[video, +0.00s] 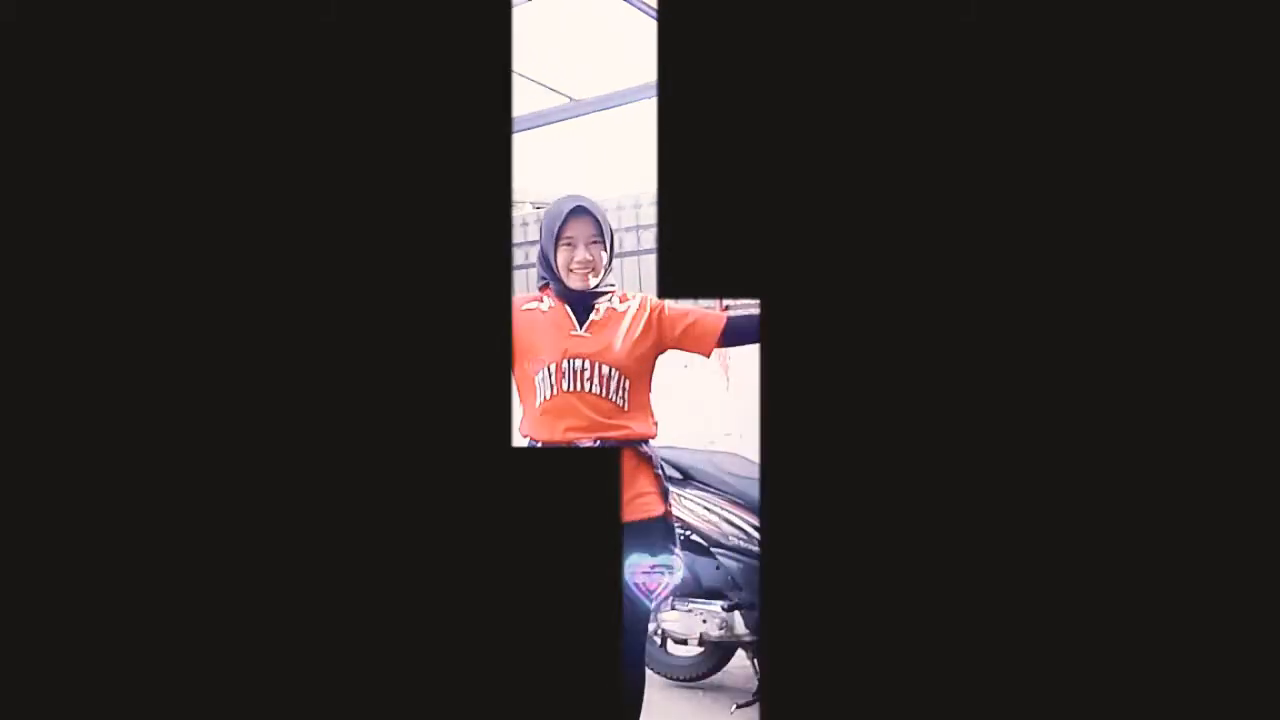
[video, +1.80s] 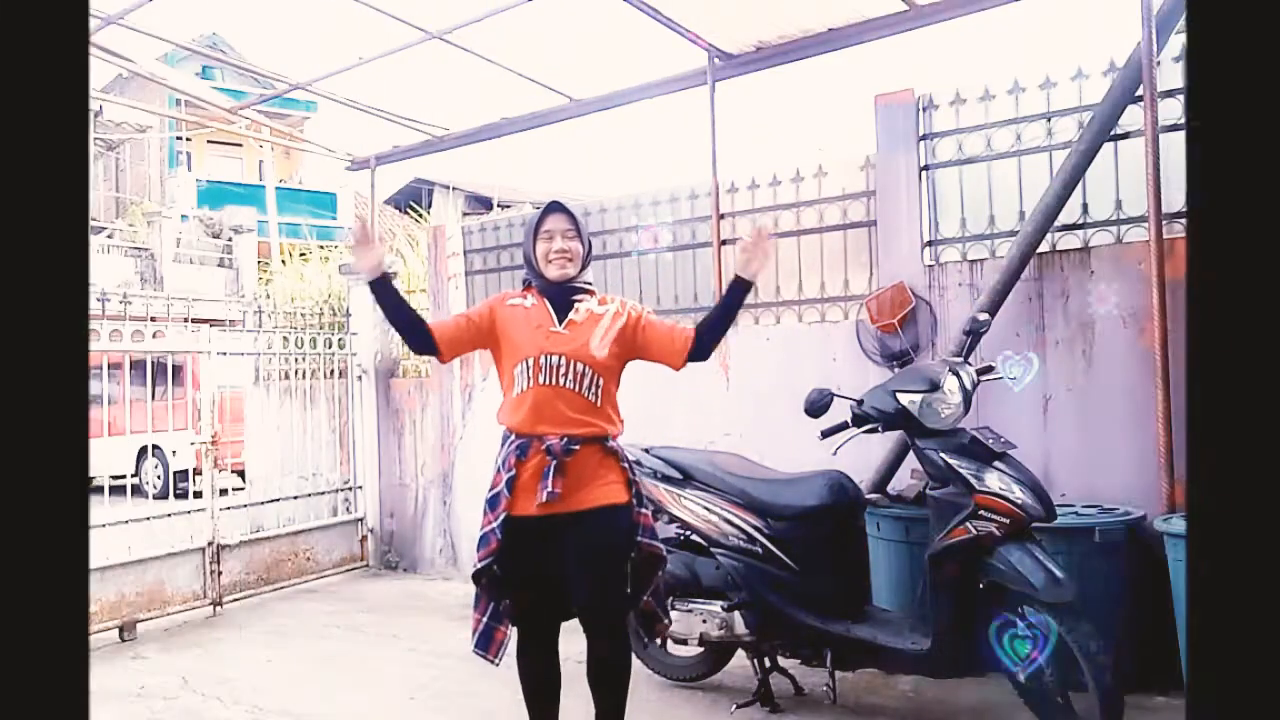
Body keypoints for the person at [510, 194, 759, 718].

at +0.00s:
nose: (583, 255)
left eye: (595, 243)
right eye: (569, 243)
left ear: (608, 251)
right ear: (549, 250)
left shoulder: (643, 312)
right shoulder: (520, 313)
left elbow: (725, 326)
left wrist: (771, 314)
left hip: (631, 488)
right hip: (551, 482)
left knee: (631, 628)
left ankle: (627, 708)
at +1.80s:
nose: (560, 244)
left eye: (570, 236)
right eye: (548, 236)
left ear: (584, 250)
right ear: (532, 251)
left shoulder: (616, 314)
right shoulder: (503, 310)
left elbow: (695, 344)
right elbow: (426, 340)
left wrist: (742, 281)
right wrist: (376, 276)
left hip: (599, 490)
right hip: (525, 494)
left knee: (607, 628)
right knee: (535, 634)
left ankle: (610, 716)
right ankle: (543, 717)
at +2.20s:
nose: (555, 240)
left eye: (565, 231)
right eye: (543, 232)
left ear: (579, 241)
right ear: (527, 245)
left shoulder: (617, 308)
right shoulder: (504, 308)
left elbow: (701, 326)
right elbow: (440, 366)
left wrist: (746, 265)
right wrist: (418, 298)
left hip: (601, 495)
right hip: (518, 492)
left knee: (606, 637)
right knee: (475, 630)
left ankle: (610, 718)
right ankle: (461, 719)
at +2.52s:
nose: (535, 233)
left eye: (545, 223)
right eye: (523, 224)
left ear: (561, 234)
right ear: (507, 236)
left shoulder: (590, 295)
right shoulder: (477, 296)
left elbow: (669, 324)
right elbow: (412, 348)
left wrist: (731, 291)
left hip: (574, 465)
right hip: (491, 470)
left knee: (616, 607)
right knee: (453, 614)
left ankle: (639, 714)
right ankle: (426, 716)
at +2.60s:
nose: (530, 234)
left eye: (541, 225)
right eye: (518, 225)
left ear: (557, 237)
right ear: (501, 238)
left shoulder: (583, 300)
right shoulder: (473, 290)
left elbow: (657, 353)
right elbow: (397, 315)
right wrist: (413, 240)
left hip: (570, 451)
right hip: (491, 453)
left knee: (620, 603)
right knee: (453, 608)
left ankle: (655, 713)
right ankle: (420, 716)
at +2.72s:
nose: (536, 291)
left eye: (546, 282)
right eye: (524, 281)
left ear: (559, 295)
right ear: (504, 293)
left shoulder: (568, 372)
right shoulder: (478, 335)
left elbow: (580, 474)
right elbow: (423, 330)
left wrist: (602, 555)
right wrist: (481, 286)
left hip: (566, 534)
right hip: (494, 537)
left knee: (642, 643)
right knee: (442, 658)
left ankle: (662, 715)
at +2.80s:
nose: (544, 311)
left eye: (555, 302)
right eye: (532, 301)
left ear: (567, 314)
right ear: (514, 311)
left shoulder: (578, 391)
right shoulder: (492, 340)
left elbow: (566, 479)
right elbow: (452, 356)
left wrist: (553, 553)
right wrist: (496, 359)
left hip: (577, 506)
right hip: (507, 511)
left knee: (636, 624)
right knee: (445, 629)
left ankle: (657, 713)